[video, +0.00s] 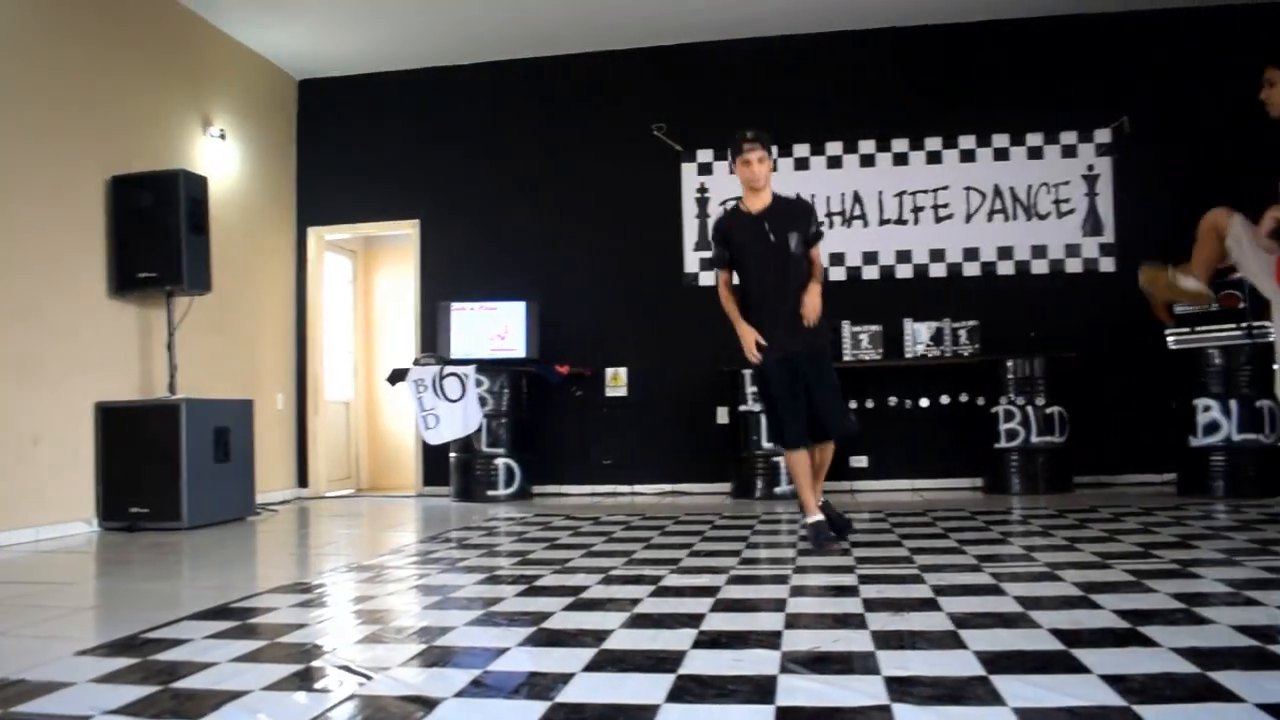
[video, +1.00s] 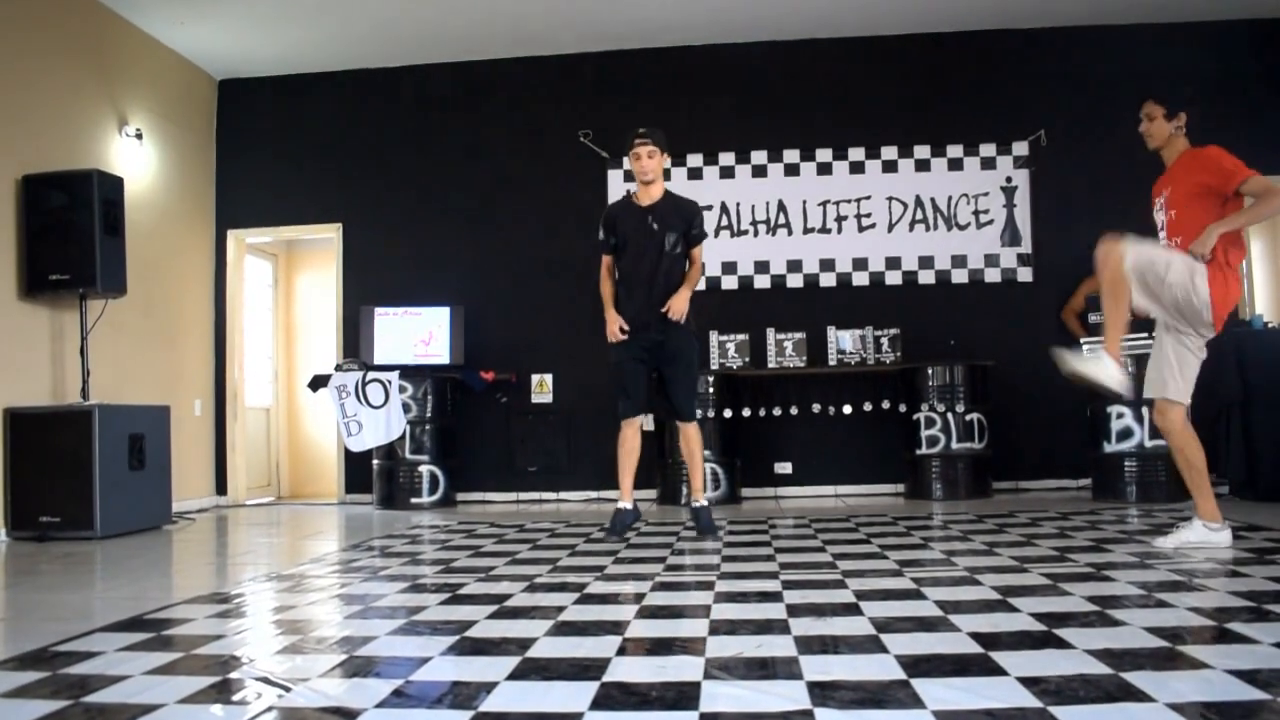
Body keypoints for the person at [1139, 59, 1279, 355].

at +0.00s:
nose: (1264, 94)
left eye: (1271, 85)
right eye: (1265, 85)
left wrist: (1274, 214)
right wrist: (1273, 214)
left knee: (1218, 220)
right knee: (1217, 220)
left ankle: (1193, 281)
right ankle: (1195, 283)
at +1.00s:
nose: (1142, 127)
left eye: (1150, 118)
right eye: (1141, 120)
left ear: (1179, 122)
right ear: (1154, 128)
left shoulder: (1208, 159)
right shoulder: (1162, 187)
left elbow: (1271, 194)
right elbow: (1170, 257)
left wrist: (1218, 228)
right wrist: (1093, 288)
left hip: (1209, 286)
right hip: (1185, 301)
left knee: (1113, 250)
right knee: (1170, 414)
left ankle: (1112, 360)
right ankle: (1210, 524)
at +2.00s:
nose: (1174, 124)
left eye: (1181, 114)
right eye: (1172, 115)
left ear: (1210, 114)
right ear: (1197, 118)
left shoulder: (1250, 155)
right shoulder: (1203, 176)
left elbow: (1272, 219)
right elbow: (1217, 249)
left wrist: (1200, 209)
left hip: (1222, 312)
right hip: (1181, 291)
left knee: (1208, 421)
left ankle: (1245, 532)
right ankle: (1110, 398)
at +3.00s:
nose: (1136, 131)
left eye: (1142, 122)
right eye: (1137, 123)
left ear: (1167, 126)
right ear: (1166, 127)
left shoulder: (1170, 166)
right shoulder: (1184, 169)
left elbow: (1153, 241)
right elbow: (1182, 249)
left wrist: (1124, 230)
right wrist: (1144, 248)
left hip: (1175, 310)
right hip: (1194, 315)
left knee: (1114, 399)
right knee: (1157, 425)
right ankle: (1184, 528)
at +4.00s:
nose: (1151, 127)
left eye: (1159, 118)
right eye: (1150, 120)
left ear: (1188, 118)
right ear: (1175, 123)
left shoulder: (1212, 161)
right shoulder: (1188, 173)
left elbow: (1238, 230)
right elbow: (1203, 244)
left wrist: (1177, 268)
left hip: (1223, 327)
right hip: (1181, 327)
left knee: (1257, 425)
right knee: (1182, 423)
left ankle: (1278, 523)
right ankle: (1186, 528)